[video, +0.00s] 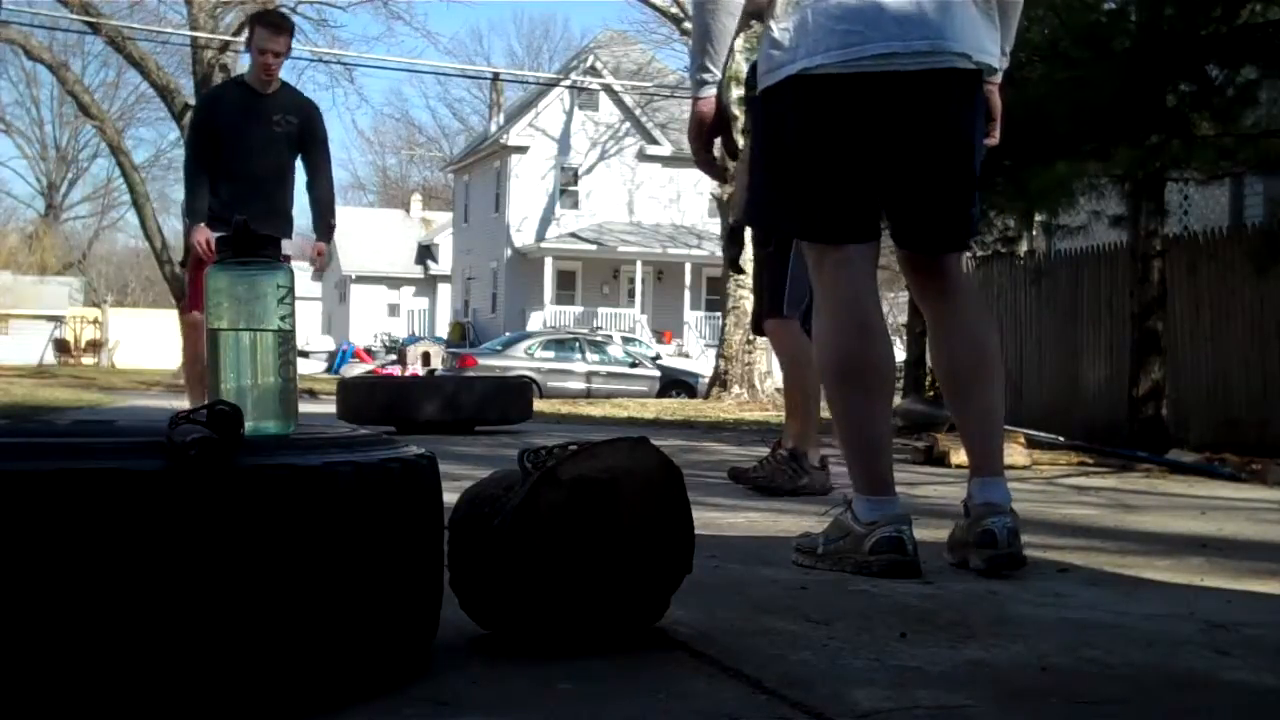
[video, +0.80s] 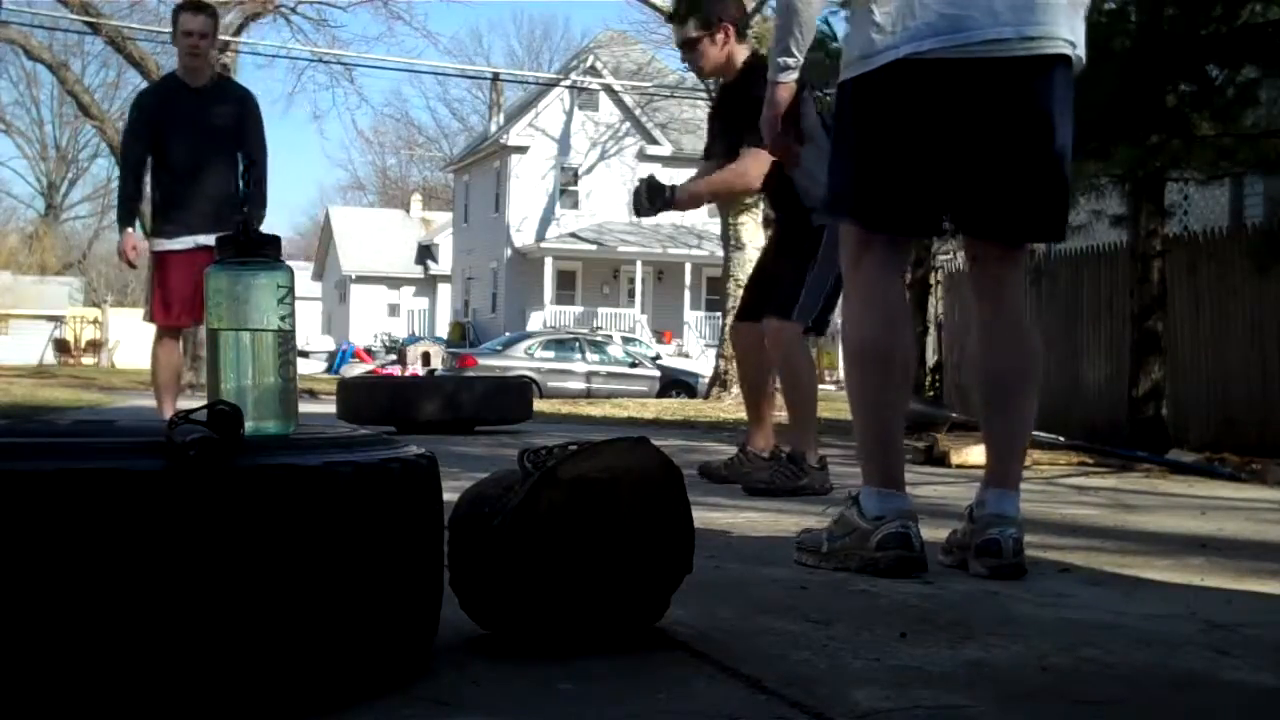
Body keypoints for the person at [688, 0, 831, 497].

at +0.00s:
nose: (744, 9)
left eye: (746, 6)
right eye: (744, 8)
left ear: (762, 3)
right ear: (767, 6)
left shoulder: (781, 45)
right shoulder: (760, 43)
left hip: (787, 199)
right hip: (774, 200)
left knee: (781, 317)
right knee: (784, 320)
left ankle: (803, 456)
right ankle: (796, 451)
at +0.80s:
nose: (685, 58)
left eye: (691, 46)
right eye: (681, 48)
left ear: (725, 35)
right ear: (718, 40)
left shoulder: (767, 82)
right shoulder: (730, 95)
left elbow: (751, 175)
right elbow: (718, 178)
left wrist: (677, 196)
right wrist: (672, 196)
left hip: (824, 221)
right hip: (790, 224)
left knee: (783, 329)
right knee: (746, 329)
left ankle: (807, 460)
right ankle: (761, 450)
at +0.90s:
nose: (675, 99)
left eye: (678, 87)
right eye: (669, 91)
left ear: (710, 68)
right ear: (703, 72)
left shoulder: (765, 102)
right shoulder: (715, 128)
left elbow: (735, 191)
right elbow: (697, 203)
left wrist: (662, 192)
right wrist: (654, 199)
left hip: (836, 231)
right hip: (797, 236)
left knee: (781, 328)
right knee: (739, 334)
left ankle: (806, 460)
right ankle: (760, 450)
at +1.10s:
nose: (664, 177)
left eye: (665, 164)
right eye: (657, 170)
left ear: (691, 140)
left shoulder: (750, 156)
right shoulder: (702, 188)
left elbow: (709, 232)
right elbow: (656, 250)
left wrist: (643, 212)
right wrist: (628, 221)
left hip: (844, 260)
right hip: (801, 267)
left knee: (772, 332)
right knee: (728, 337)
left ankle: (807, 462)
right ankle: (759, 452)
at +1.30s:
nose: (662, 238)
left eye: (658, 226)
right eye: (654, 231)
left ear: (676, 199)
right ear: (678, 197)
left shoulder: (741, 202)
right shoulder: (701, 221)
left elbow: (712, 281)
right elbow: (659, 296)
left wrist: (648, 256)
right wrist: (627, 269)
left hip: (842, 284)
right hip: (799, 289)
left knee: (765, 336)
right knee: (720, 339)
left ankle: (807, 460)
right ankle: (758, 451)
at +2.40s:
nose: (645, 264)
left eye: (647, 251)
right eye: (639, 255)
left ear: (676, 232)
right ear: (672, 235)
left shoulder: (730, 248)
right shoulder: (694, 263)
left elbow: (713, 333)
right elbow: (667, 333)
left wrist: (638, 321)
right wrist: (633, 318)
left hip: (851, 313)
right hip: (811, 312)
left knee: (770, 340)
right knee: (708, 342)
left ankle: (804, 458)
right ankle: (756, 448)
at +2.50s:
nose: (638, 203)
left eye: (644, 193)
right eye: (636, 195)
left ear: (678, 185)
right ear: (676, 187)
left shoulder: (732, 217)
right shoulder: (694, 239)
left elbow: (723, 314)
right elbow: (680, 312)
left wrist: (657, 364)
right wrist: (633, 352)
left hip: (831, 305)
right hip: (782, 313)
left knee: (749, 340)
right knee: (706, 344)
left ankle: (801, 458)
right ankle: (756, 451)